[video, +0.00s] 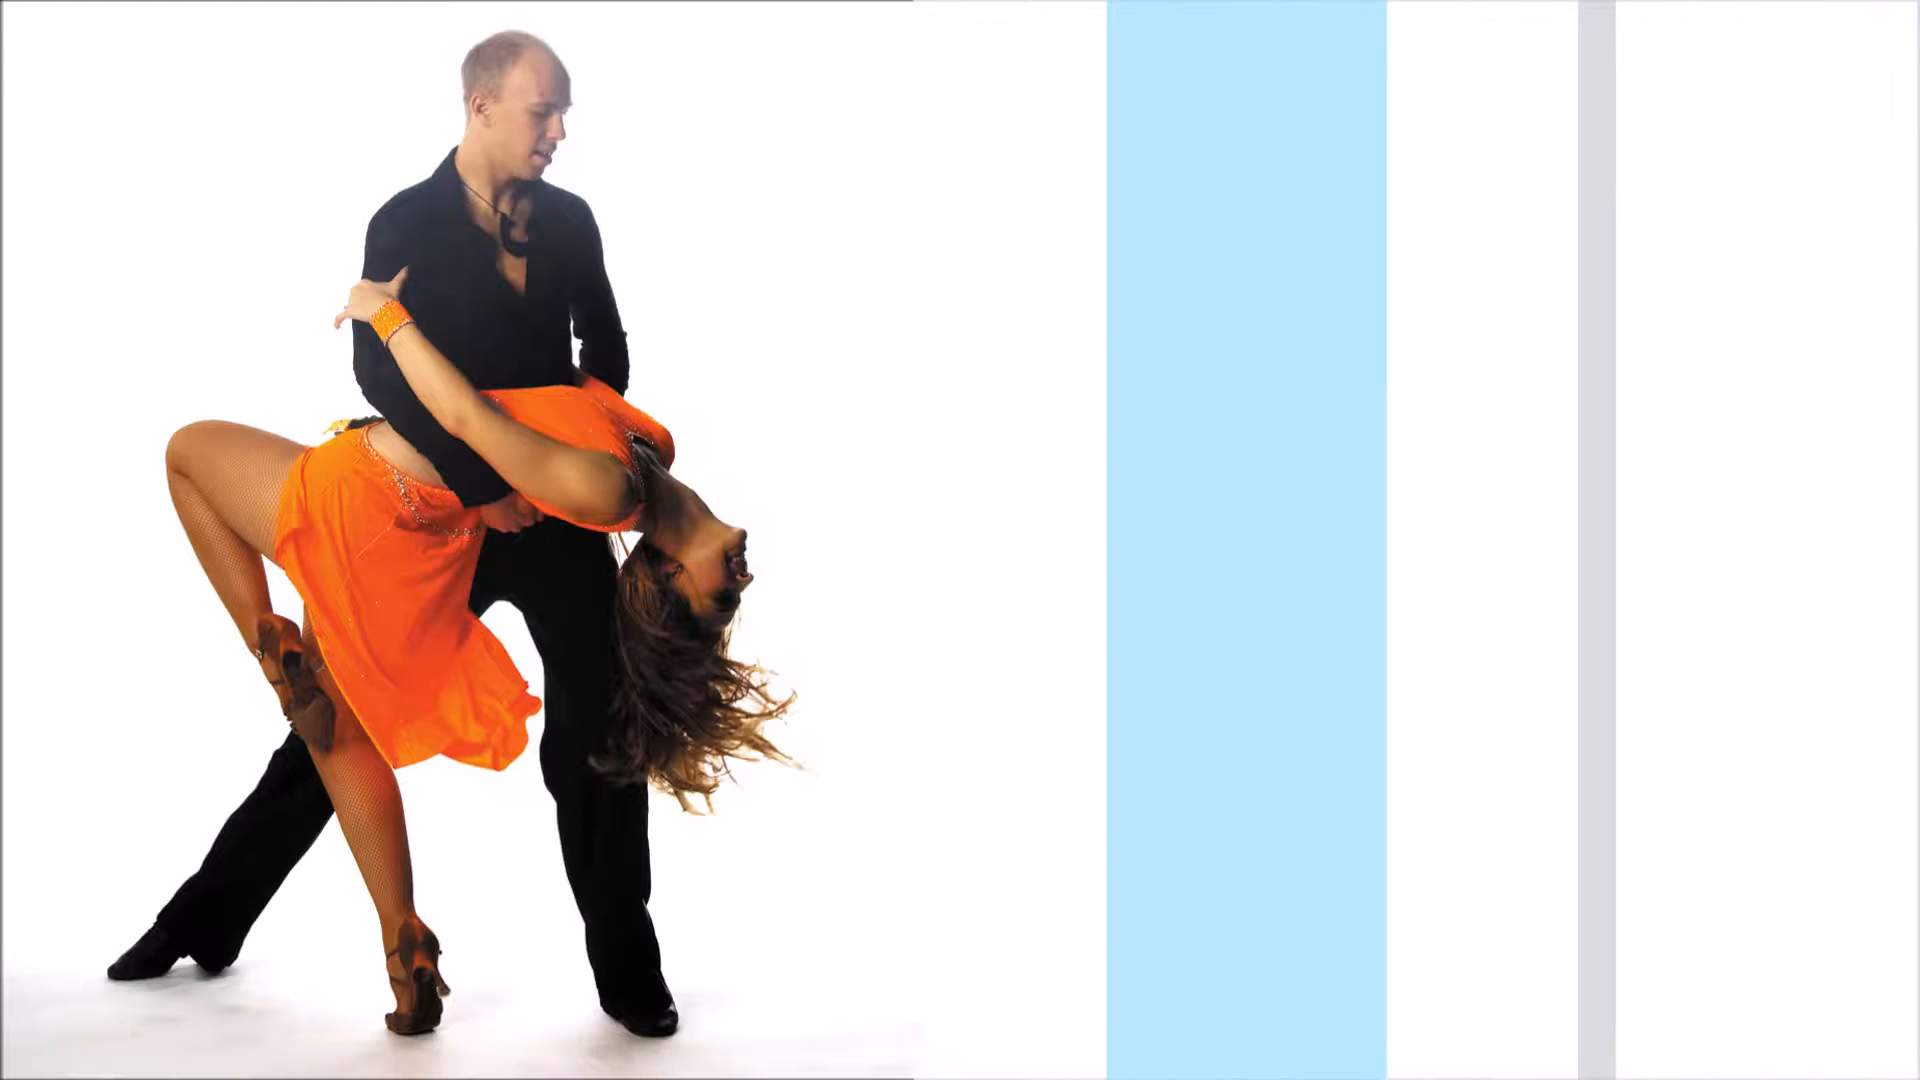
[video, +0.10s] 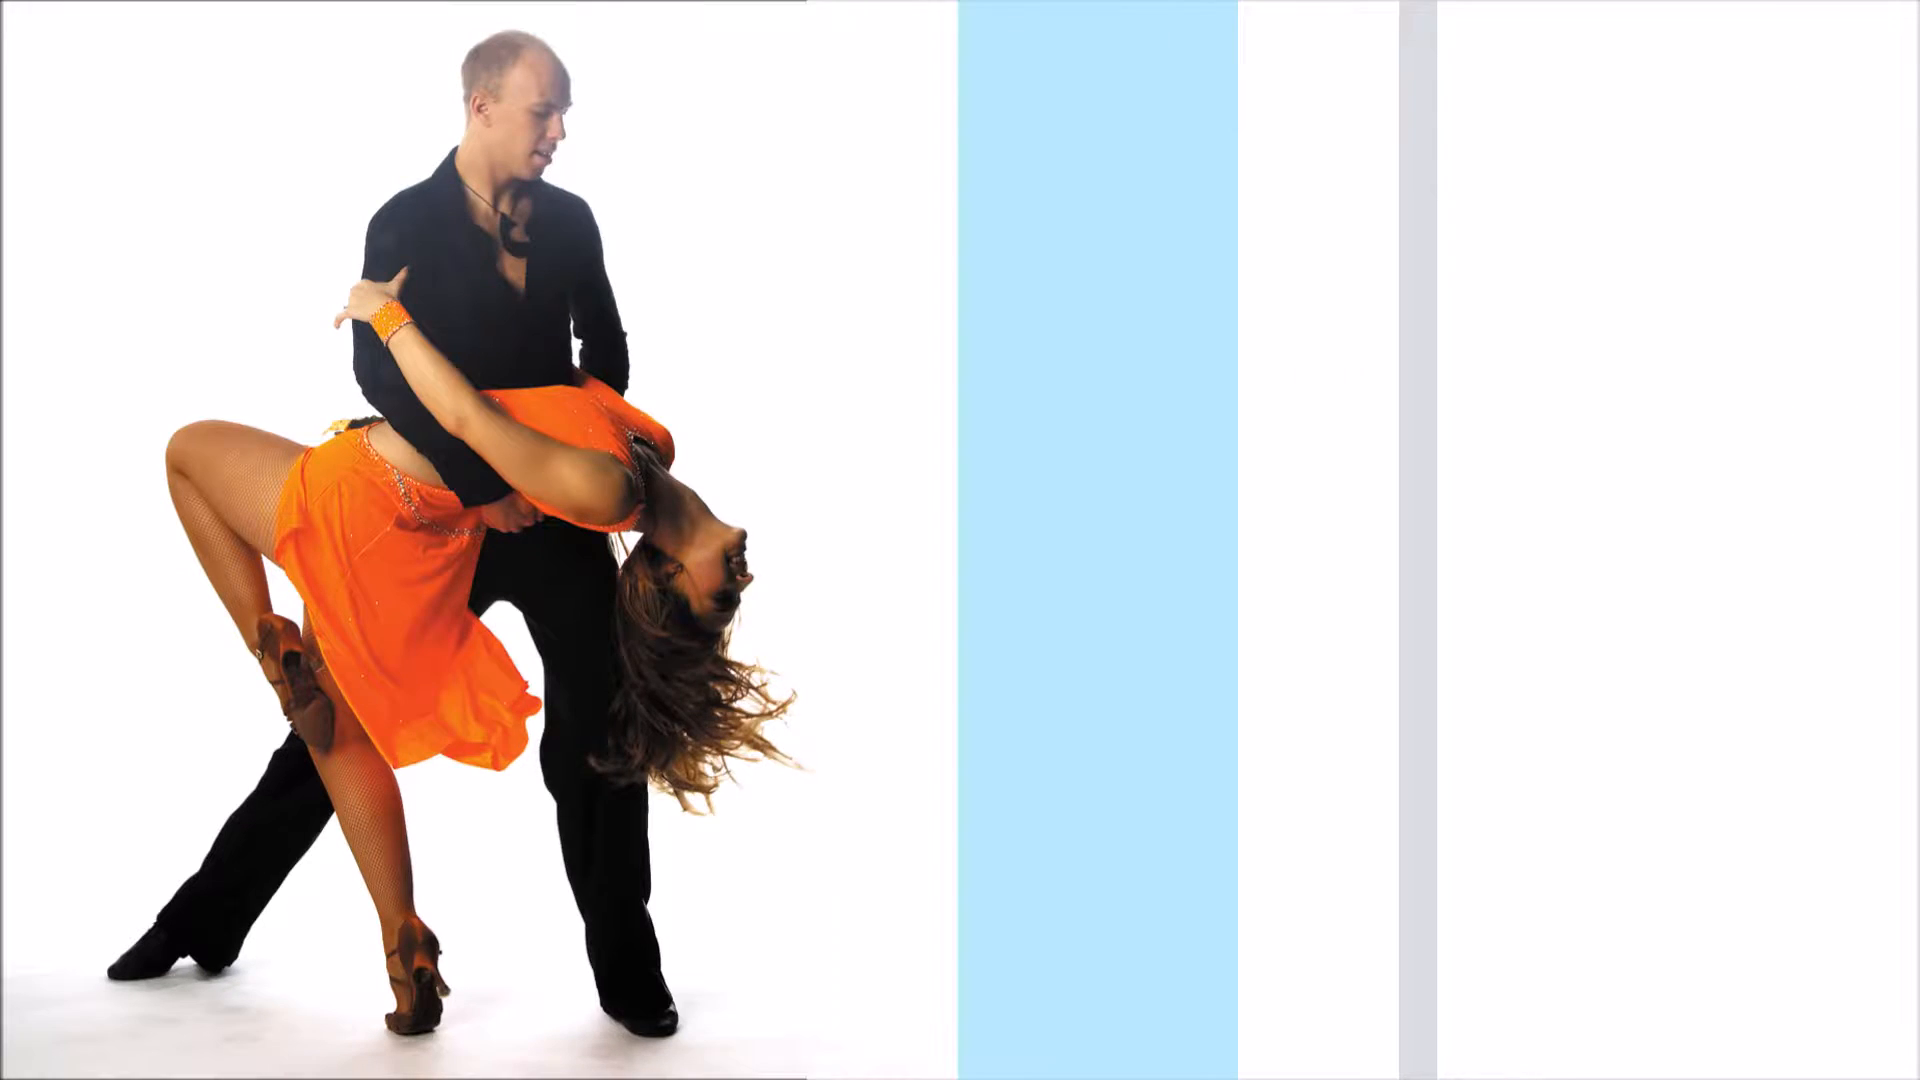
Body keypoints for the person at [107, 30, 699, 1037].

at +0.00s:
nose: (557, 134)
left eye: (563, 117)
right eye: (543, 115)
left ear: (552, 122)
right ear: (478, 109)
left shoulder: (567, 221)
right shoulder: (405, 224)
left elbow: (607, 350)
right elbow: (377, 372)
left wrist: (604, 471)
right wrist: (475, 481)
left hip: (552, 527)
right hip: (441, 524)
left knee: (597, 730)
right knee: (335, 722)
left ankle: (631, 973)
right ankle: (205, 923)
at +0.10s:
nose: (556, 134)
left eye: (563, 116)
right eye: (542, 113)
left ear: (547, 120)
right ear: (479, 109)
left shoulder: (567, 222)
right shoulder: (406, 226)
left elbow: (605, 353)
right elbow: (378, 371)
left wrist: (606, 466)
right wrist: (469, 477)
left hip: (550, 525)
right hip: (440, 522)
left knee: (596, 732)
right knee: (337, 725)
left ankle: (630, 974)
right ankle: (206, 925)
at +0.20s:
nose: (556, 135)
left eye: (562, 119)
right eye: (542, 115)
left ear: (556, 124)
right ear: (479, 109)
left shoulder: (567, 221)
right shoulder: (404, 225)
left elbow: (606, 344)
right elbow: (379, 372)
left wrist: (600, 464)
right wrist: (472, 475)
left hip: (552, 524)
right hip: (441, 523)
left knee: (597, 730)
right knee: (336, 722)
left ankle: (631, 973)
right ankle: (207, 920)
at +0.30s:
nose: (556, 134)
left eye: (561, 117)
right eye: (541, 115)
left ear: (550, 121)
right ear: (477, 111)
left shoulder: (570, 224)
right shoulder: (406, 226)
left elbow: (605, 374)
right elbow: (386, 379)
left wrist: (601, 487)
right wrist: (491, 490)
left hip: (553, 526)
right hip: (439, 520)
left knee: (589, 747)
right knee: (332, 730)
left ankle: (627, 975)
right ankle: (205, 922)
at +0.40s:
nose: (543, 132)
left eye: (547, 113)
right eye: (531, 110)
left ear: (522, 113)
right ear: (481, 108)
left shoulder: (552, 226)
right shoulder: (410, 226)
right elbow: (387, 378)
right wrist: (489, 482)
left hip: (515, 518)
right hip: (395, 510)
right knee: (342, 733)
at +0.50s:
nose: (535, 132)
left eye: (548, 112)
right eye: (517, 110)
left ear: (560, 119)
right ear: (476, 110)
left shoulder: (570, 224)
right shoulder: (407, 222)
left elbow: (604, 360)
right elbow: (383, 374)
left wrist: (603, 473)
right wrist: (469, 469)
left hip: (547, 518)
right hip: (436, 502)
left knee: (596, 727)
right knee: (349, 709)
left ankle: (625, 957)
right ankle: (208, 920)